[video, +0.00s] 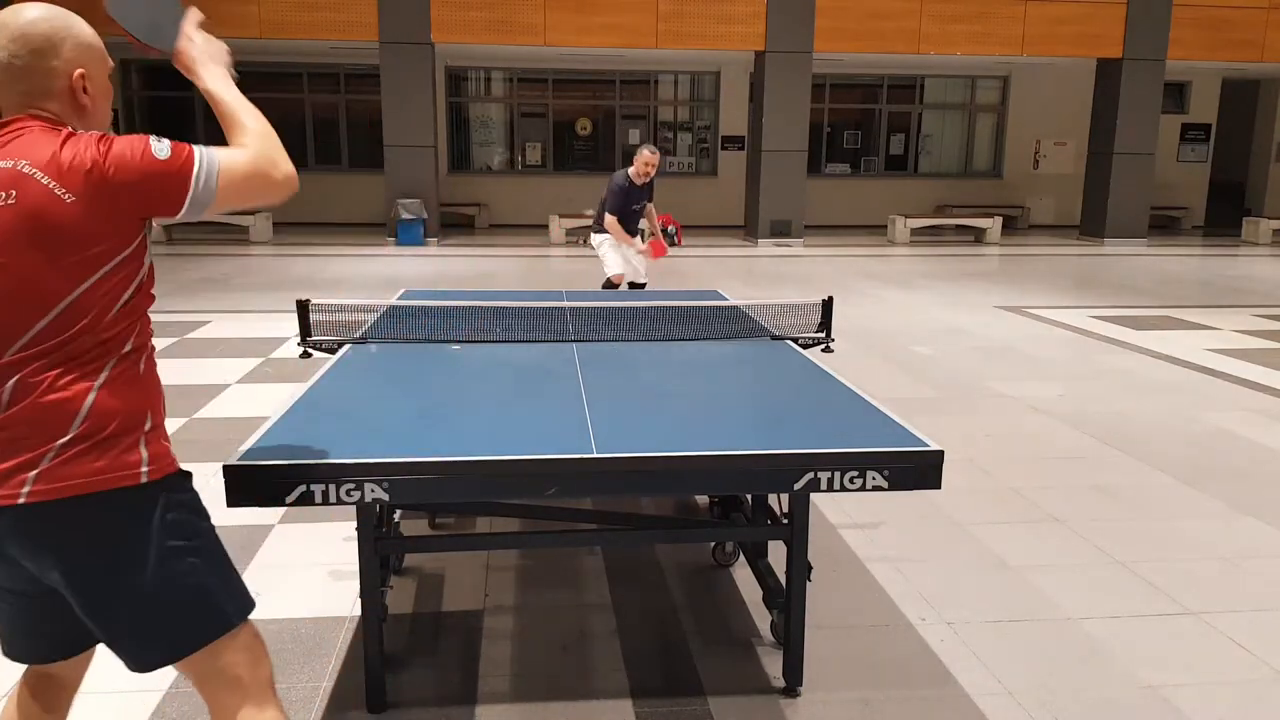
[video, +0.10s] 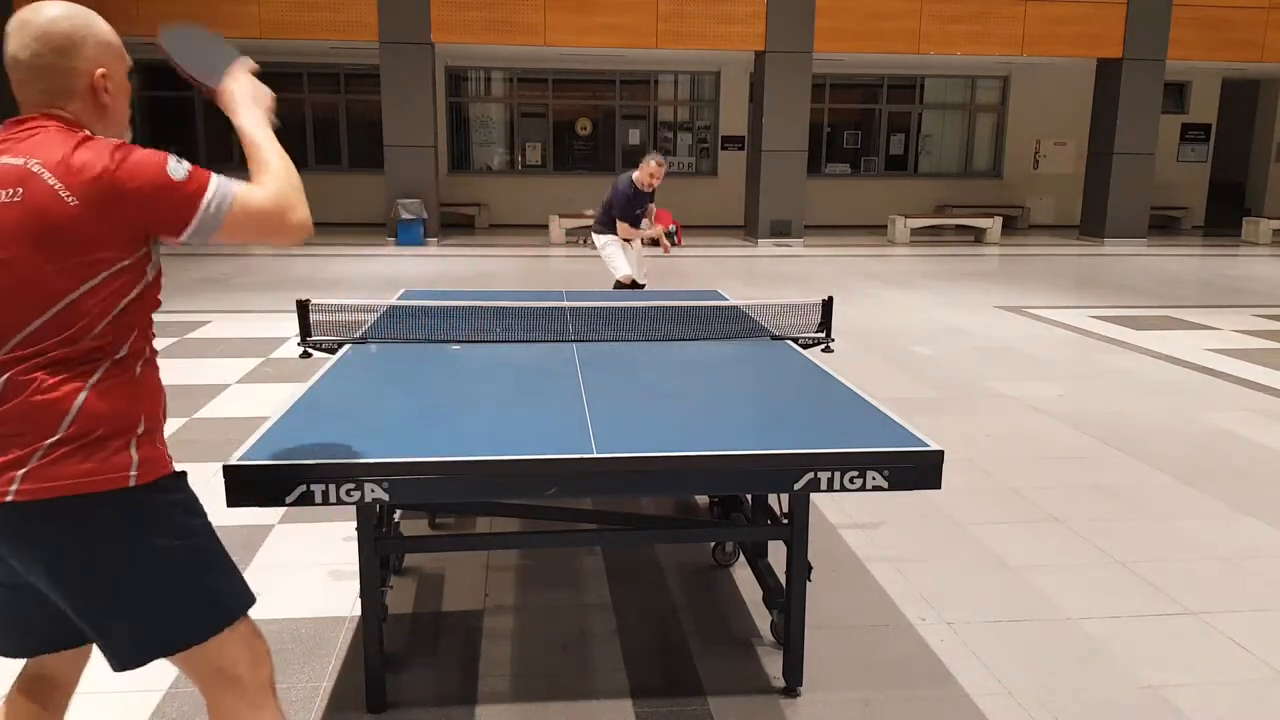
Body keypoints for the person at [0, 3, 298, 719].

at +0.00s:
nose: (111, 97)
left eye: (108, 79)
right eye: (105, 80)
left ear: (10, 88)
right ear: (77, 84)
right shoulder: (102, 166)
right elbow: (273, 172)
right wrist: (215, 75)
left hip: (13, 494)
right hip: (114, 488)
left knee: (47, 673)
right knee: (241, 685)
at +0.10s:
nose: (130, 88)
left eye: (126, 73)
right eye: (124, 74)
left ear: (25, 84)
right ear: (98, 83)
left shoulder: (5, 157)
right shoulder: (107, 172)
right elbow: (288, 217)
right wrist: (250, 110)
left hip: (12, 489)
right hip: (99, 488)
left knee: (49, 669)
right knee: (241, 674)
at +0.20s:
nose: (167, 93)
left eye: (165, 78)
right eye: (163, 78)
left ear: (67, 86)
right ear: (142, 86)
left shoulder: (9, 167)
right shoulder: (133, 181)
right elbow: (304, 268)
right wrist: (298, 163)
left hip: (15, 489)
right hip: (107, 494)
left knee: (51, 668)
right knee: (245, 673)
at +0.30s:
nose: (226, 105)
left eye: (222, 88)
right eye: (222, 89)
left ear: (120, 95)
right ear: (203, 98)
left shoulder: (35, 178)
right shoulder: (175, 204)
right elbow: (319, 332)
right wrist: (351, 229)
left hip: (14, 498)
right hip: (122, 507)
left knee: (68, 665)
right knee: (269, 677)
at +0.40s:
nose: (280, 137)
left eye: (280, 120)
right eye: (279, 120)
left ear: (178, 117)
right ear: (258, 128)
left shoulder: (85, 192)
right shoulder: (213, 231)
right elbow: (314, 394)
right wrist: (385, 323)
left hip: (34, 502)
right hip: (143, 513)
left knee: (104, 633)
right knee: (296, 678)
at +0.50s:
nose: (313, 148)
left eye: (312, 132)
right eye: (311, 132)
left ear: (210, 124)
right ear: (291, 139)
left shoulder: (120, 192)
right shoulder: (237, 241)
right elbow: (293, 426)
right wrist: (384, 386)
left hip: (46, 497)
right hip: (148, 514)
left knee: (115, 641)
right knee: (301, 673)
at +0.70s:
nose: (353, 177)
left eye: (355, 162)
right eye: (354, 161)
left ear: (257, 145)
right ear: (328, 166)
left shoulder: (182, 196)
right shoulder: (247, 265)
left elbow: (213, 292)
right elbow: (301, 447)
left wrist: (306, 314)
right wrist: (406, 405)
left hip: (59, 486)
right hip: (132, 511)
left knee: (113, 654)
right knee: (307, 661)